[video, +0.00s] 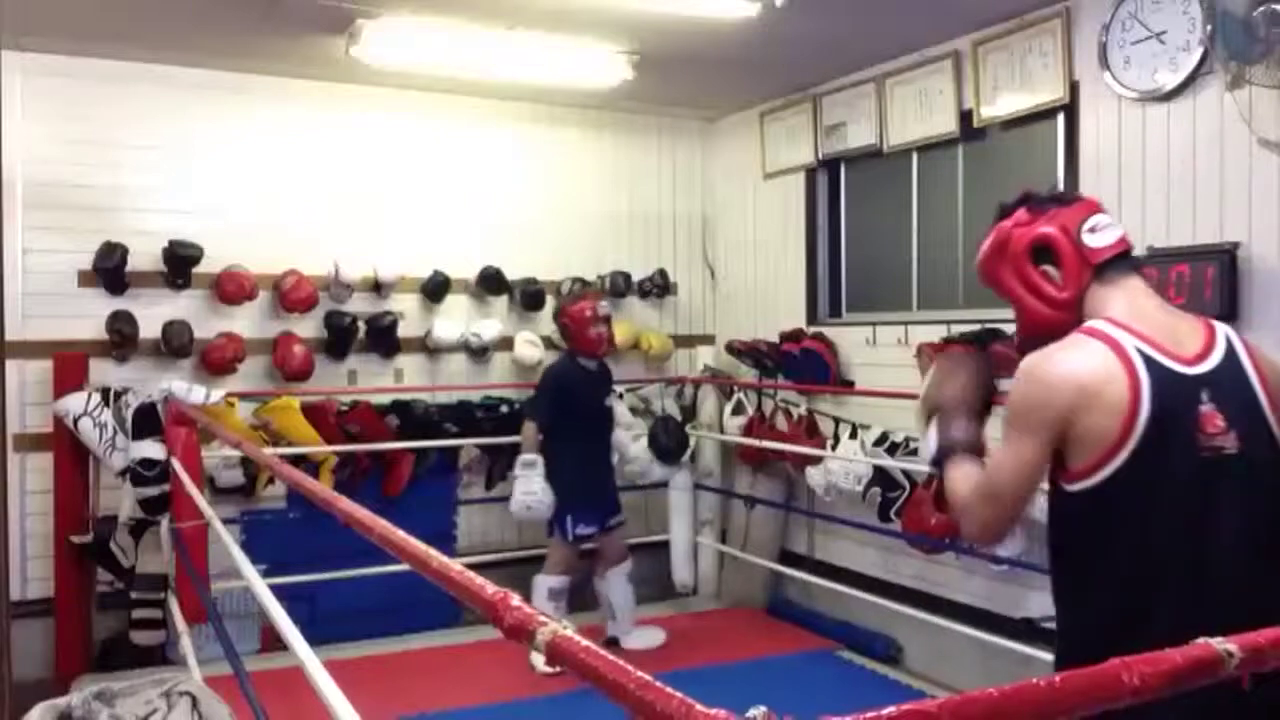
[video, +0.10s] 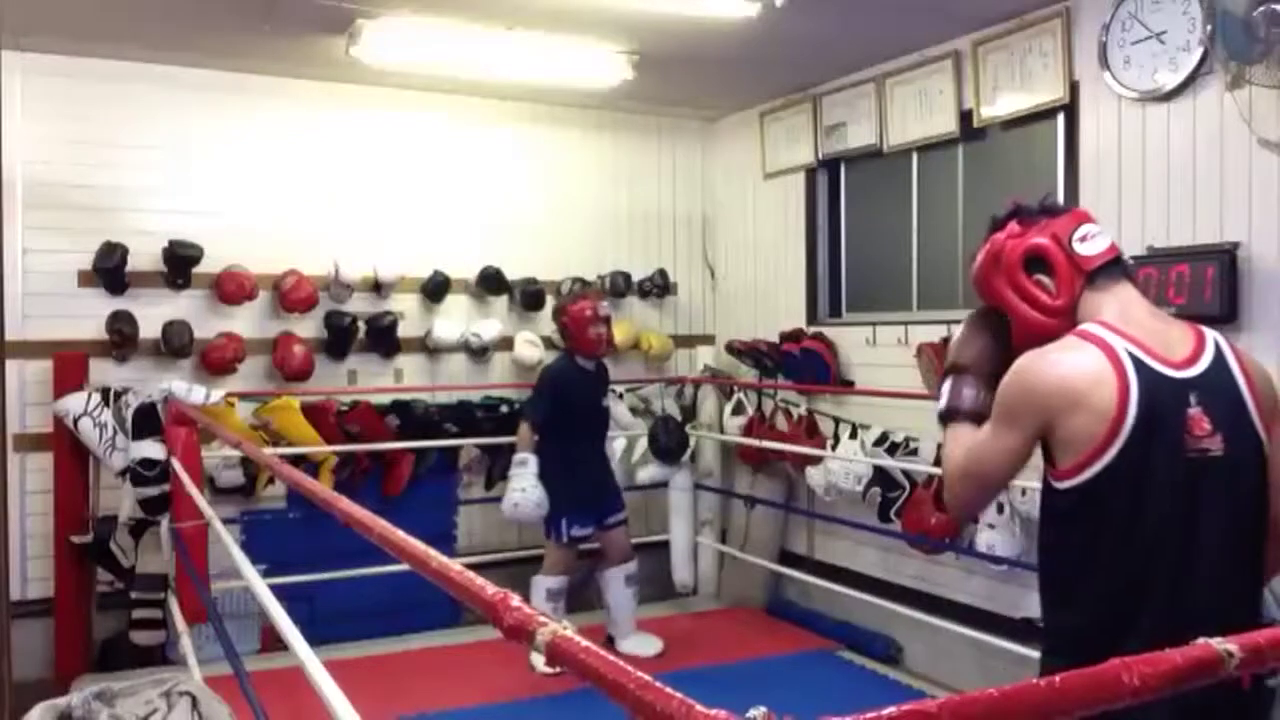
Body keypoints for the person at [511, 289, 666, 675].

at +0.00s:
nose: (603, 331)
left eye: (605, 323)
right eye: (595, 324)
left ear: (605, 326)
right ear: (572, 329)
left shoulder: (601, 371)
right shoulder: (558, 374)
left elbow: (604, 422)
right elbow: (531, 425)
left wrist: (634, 447)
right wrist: (530, 475)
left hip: (600, 478)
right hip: (568, 482)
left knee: (615, 552)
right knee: (560, 560)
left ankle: (622, 629)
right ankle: (543, 643)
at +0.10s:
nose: (601, 332)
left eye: (603, 323)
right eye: (592, 324)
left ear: (606, 328)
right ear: (571, 330)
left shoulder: (600, 371)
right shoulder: (555, 375)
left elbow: (597, 412)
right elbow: (528, 424)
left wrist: (632, 424)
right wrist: (523, 474)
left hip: (597, 472)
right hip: (561, 479)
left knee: (620, 550)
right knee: (559, 561)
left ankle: (624, 633)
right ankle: (543, 644)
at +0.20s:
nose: (603, 332)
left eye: (605, 323)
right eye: (594, 324)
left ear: (607, 327)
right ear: (572, 329)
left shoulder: (601, 371)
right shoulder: (555, 375)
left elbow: (596, 416)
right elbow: (529, 424)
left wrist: (630, 424)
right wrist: (525, 473)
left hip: (601, 477)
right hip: (563, 483)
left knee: (621, 553)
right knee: (556, 563)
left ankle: (627, 638)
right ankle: (543, 646)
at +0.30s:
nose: (608, 333)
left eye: (610, 324)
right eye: (599, 325)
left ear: (612, 328)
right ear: (577, 331)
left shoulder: (606, 373)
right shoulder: (560, 377)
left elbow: (597, 421)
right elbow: (533, 426)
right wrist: (534, 476)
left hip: (603, 475)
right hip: (565, 481)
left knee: (621, 553)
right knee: (557, 561)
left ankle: (632, 645)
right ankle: (543, 646)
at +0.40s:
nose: (613, 333)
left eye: (614, 324)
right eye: (603, 326)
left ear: (618, 327)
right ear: (582, 333)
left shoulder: (612, 374)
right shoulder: (565, 379)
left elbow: (604, 426)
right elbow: (542, 432)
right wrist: (545, 483)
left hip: (609, 477)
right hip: (571, 481)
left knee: (622, 560)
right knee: (561, 564)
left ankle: (633, 657)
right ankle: (542, 646)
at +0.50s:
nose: (622, 331)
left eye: (623, 322)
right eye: (612, 324)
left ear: (626, 326)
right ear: (591, 330)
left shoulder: (622, 375)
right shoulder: (571, 376)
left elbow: (613, 425)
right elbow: (550, 431)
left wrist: (622, 466)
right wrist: (556, 481)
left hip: (618, 478)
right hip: (580, 481)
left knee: (630, 564)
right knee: (566, 565)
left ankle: (634, 661)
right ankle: (542, 646)